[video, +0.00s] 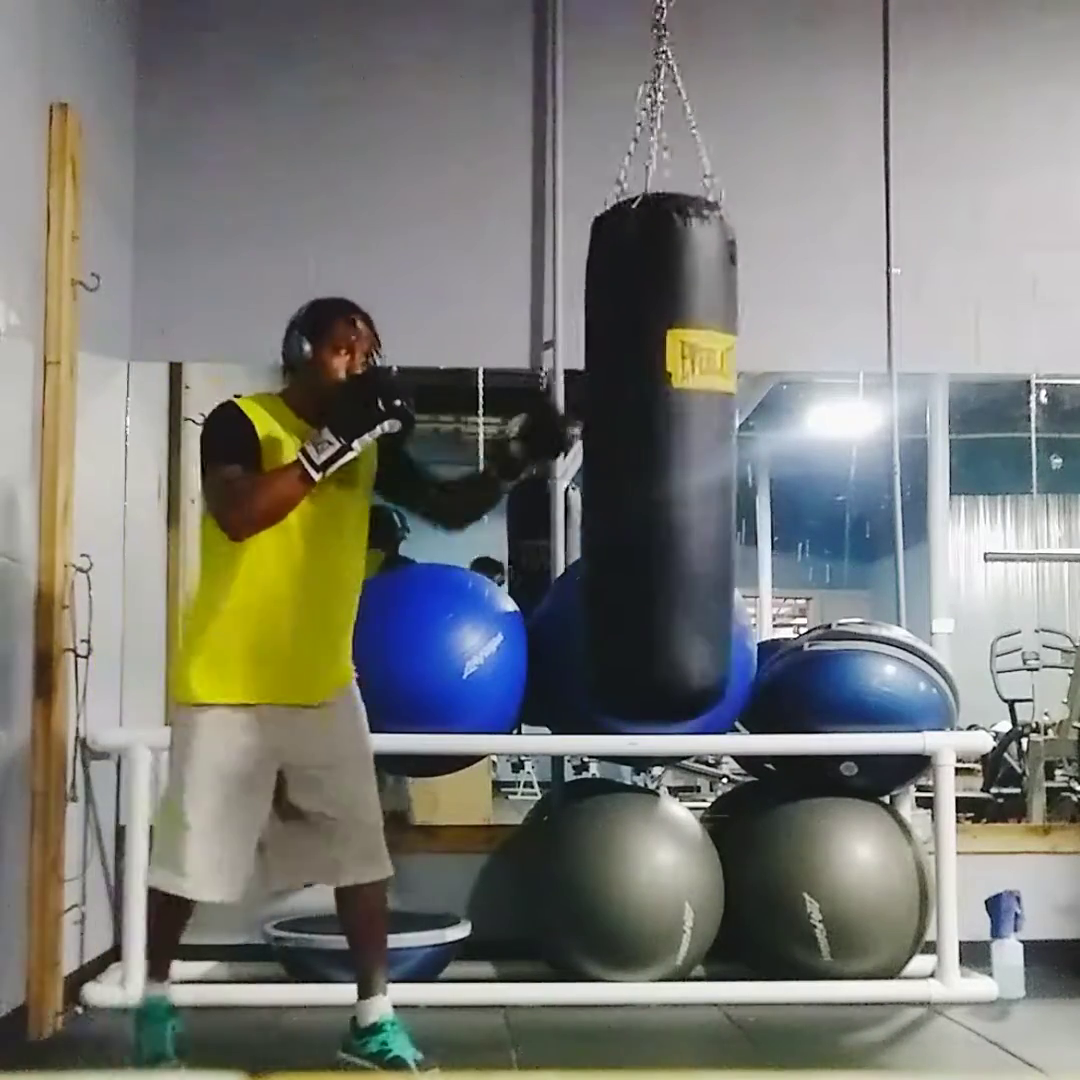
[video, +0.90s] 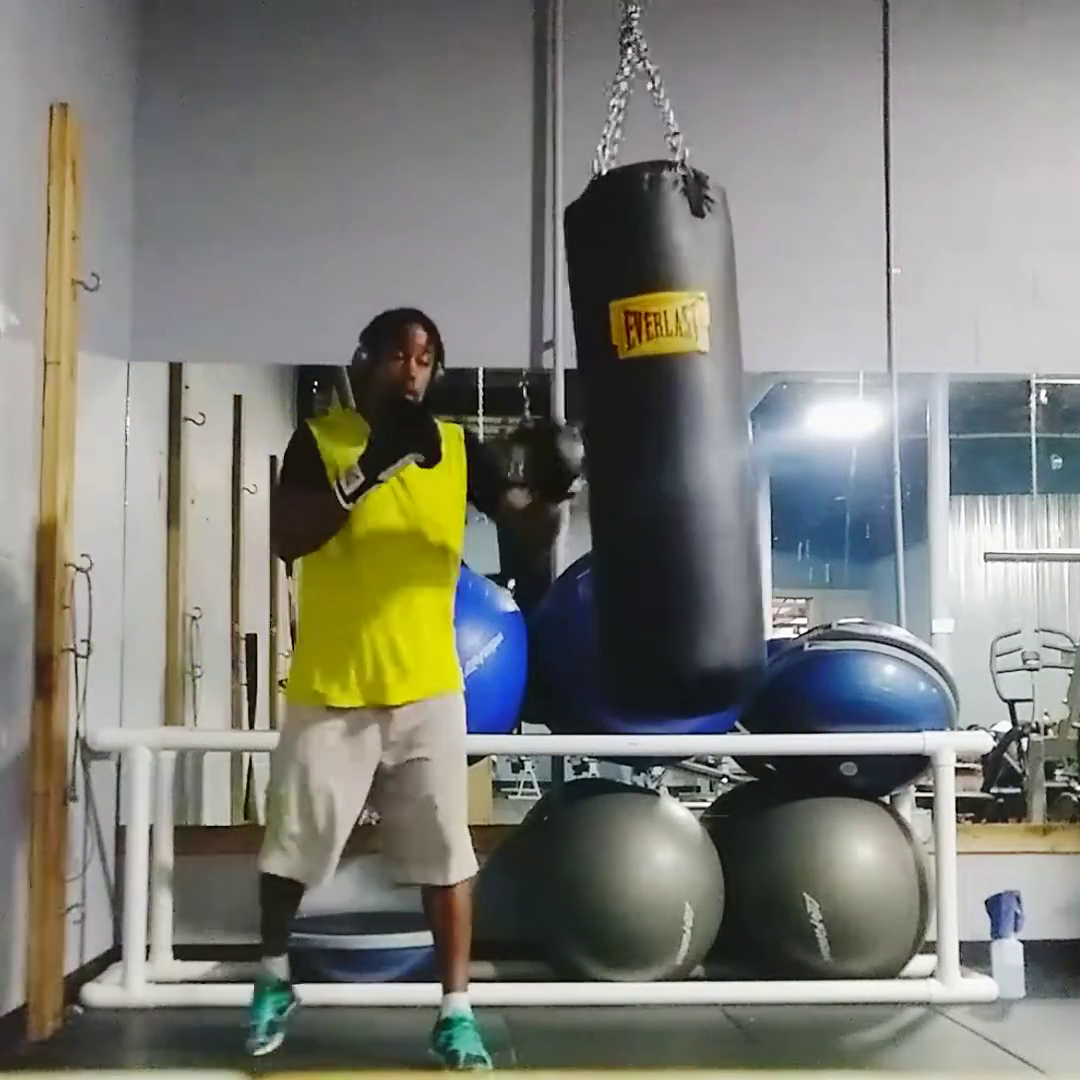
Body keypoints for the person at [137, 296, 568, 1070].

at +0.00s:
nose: (357, 365)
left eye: (367, 355)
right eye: (342, 348)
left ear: (370, 368)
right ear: (299, 351)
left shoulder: (367, 442)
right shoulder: (239, 421)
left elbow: (451, 508)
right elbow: (239, 514)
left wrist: (516, 458)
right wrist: (337, 439)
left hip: (322, 682)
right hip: (225, 679)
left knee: (362, 850)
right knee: (186, 857)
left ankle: (374, 1017)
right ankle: (152, 1006)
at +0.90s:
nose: (412, 367)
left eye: (424, 357)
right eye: (396, 353)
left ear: (436, 372)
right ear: (362, 364)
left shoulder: (459, 446)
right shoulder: (321, 439)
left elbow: (528, 536)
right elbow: (289, 537)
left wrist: (546, 486)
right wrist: (368, 471)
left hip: (428, 676)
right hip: (328, 679)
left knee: (445, 843)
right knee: (292, 838)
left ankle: (456, 1012)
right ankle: (274, 984)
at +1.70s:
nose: (441, 382)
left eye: (456, 372)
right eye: (429, 370)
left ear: (473, 387)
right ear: (405, 383)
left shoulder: (507, 450)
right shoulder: (378, 458)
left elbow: (552, 545)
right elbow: (324, 538)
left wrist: (554, 464)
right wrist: (376, 444)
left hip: (486, 678)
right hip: (395, 681)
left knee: (515, 846)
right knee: (370, 847)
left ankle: (538, 1009)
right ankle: (345, 988)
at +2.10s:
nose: (470, 402)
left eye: (484, 389)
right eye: (461, 389)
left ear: (511, 399)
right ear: (446, 403)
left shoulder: (541, 470)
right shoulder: (437, 480)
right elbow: (383, 562)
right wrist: (414, 481)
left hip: (542, 692)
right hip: (469, 695)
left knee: (581, 852)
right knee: (469, 849)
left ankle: (612, 1011)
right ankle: (465, 987)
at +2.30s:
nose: (515, 384)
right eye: (500, 370)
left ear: (555, 377)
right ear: (480, 385)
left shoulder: (586, 438)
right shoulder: (470, 447)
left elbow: (657, 520)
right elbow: (413, 555)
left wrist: (609, 469)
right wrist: (445, 504)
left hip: (590, 664)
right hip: (507, 668)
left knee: (601, 841)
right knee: (533, 843)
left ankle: (618, 1011)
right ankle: (578, 978)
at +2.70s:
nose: (558, 402)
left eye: (568, 386)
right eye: (549, 392)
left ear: (594, 383)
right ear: (543, 399)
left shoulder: (642, 448)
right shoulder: (550, 476)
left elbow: (683, 484)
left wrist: (609, 437)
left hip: (656, 662)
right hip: (590, 670)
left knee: (662, 826)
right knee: (617, 835)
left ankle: (677, 1011)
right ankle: (687, 970)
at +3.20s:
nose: (584, 400)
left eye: (592, 386)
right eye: (585, 388)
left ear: (632, 386)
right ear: (631, 388)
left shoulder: (694, 434)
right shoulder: (627, 469)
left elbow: (690, 477)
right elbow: (586, 548)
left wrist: (591, 436)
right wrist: (541, 504)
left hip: (735, 661)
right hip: (695, 668)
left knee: (713, 834)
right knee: (725, 829)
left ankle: (721, 1031)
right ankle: (773, 982)